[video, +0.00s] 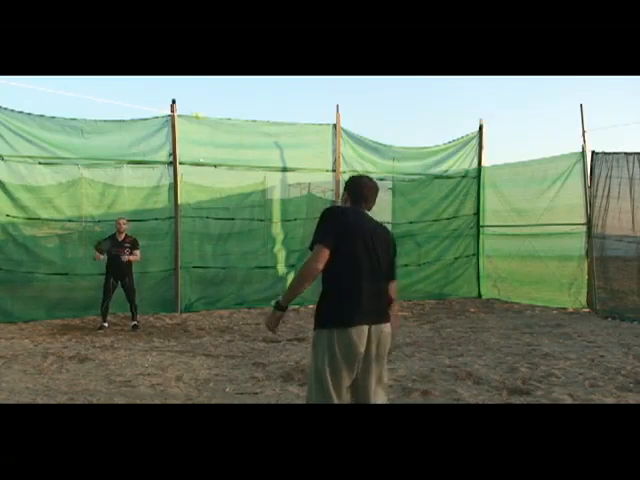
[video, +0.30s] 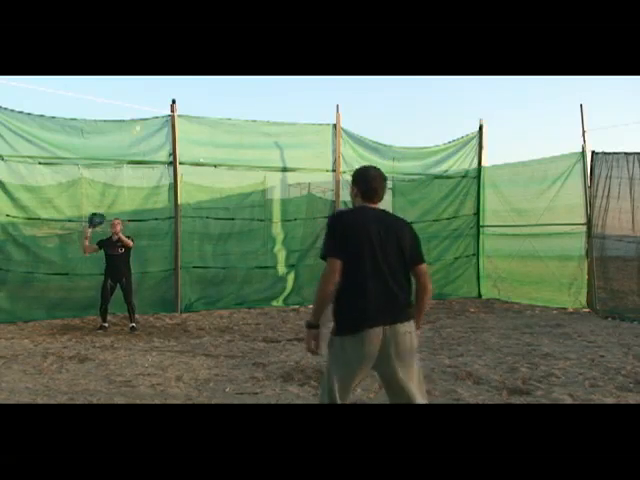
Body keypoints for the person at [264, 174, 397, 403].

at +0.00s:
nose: (341, 198)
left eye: (342, 195)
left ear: (345, 197)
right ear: (373, 203)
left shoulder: (335, 215)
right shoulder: (385, 234)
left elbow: (315, 265)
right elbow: (390, 292)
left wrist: (281, 305)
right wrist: (382, 323)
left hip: (340, 329)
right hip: (379, 330)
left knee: (328, 397)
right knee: (373, 397)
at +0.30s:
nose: (350, 190)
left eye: (352, 187)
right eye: (352, 187)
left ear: (355, 190)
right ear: (382, 194)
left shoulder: (341, 221)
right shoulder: (401, 225)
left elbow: (332, 276)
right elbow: (424, 282)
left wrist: (314, 322)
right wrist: (417, 321)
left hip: (356, 331)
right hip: (401, 330)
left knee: (333, 396)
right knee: (411, 397)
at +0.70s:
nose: (360, 193)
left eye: (361, 189)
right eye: (362, 189)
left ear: (365, 191)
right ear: (392, 194)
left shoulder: (355, 222)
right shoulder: (416, 227)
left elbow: (352, 282)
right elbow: (425, 281)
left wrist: (339, 312)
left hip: (370, 332)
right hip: (415, 332)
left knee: (333, 397)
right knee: (415, 399)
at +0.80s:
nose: (358, 204)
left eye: (359, 201)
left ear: (362, 204)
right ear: (391, 207)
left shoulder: (350, 235)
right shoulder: (410, 239)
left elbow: (345, 294)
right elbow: (414, 288)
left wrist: (335, 324)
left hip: (366, 343)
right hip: (412, 342)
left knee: (328, 400)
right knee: (411, 400)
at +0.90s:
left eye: (357, 204)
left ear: (359, 208)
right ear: (387, 210)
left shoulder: (343, 239)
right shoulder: (402, 244)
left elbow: (336, 297)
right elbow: (403, 291)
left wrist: (326, 328)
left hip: (356, 349)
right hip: (402, 347)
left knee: (317, 400)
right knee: (403, 399)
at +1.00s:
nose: (338, 198)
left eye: (339, 192)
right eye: (339, 192)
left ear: (346, 195)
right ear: (377, 195)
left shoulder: (334, 227)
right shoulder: (394, 231)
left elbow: (323, 286)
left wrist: (313, 312)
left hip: (341, 338)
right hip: (387, 336)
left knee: (314, 398)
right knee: (394, 398)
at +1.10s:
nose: (333, 183)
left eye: (333, 179)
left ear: (336, 184)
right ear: (365, 183)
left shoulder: (320, 218)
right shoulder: (386, 219)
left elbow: (308, 274)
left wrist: (297, 297)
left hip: (329, 328)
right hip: (375, 326)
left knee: (315, 397)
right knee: (391, 396)